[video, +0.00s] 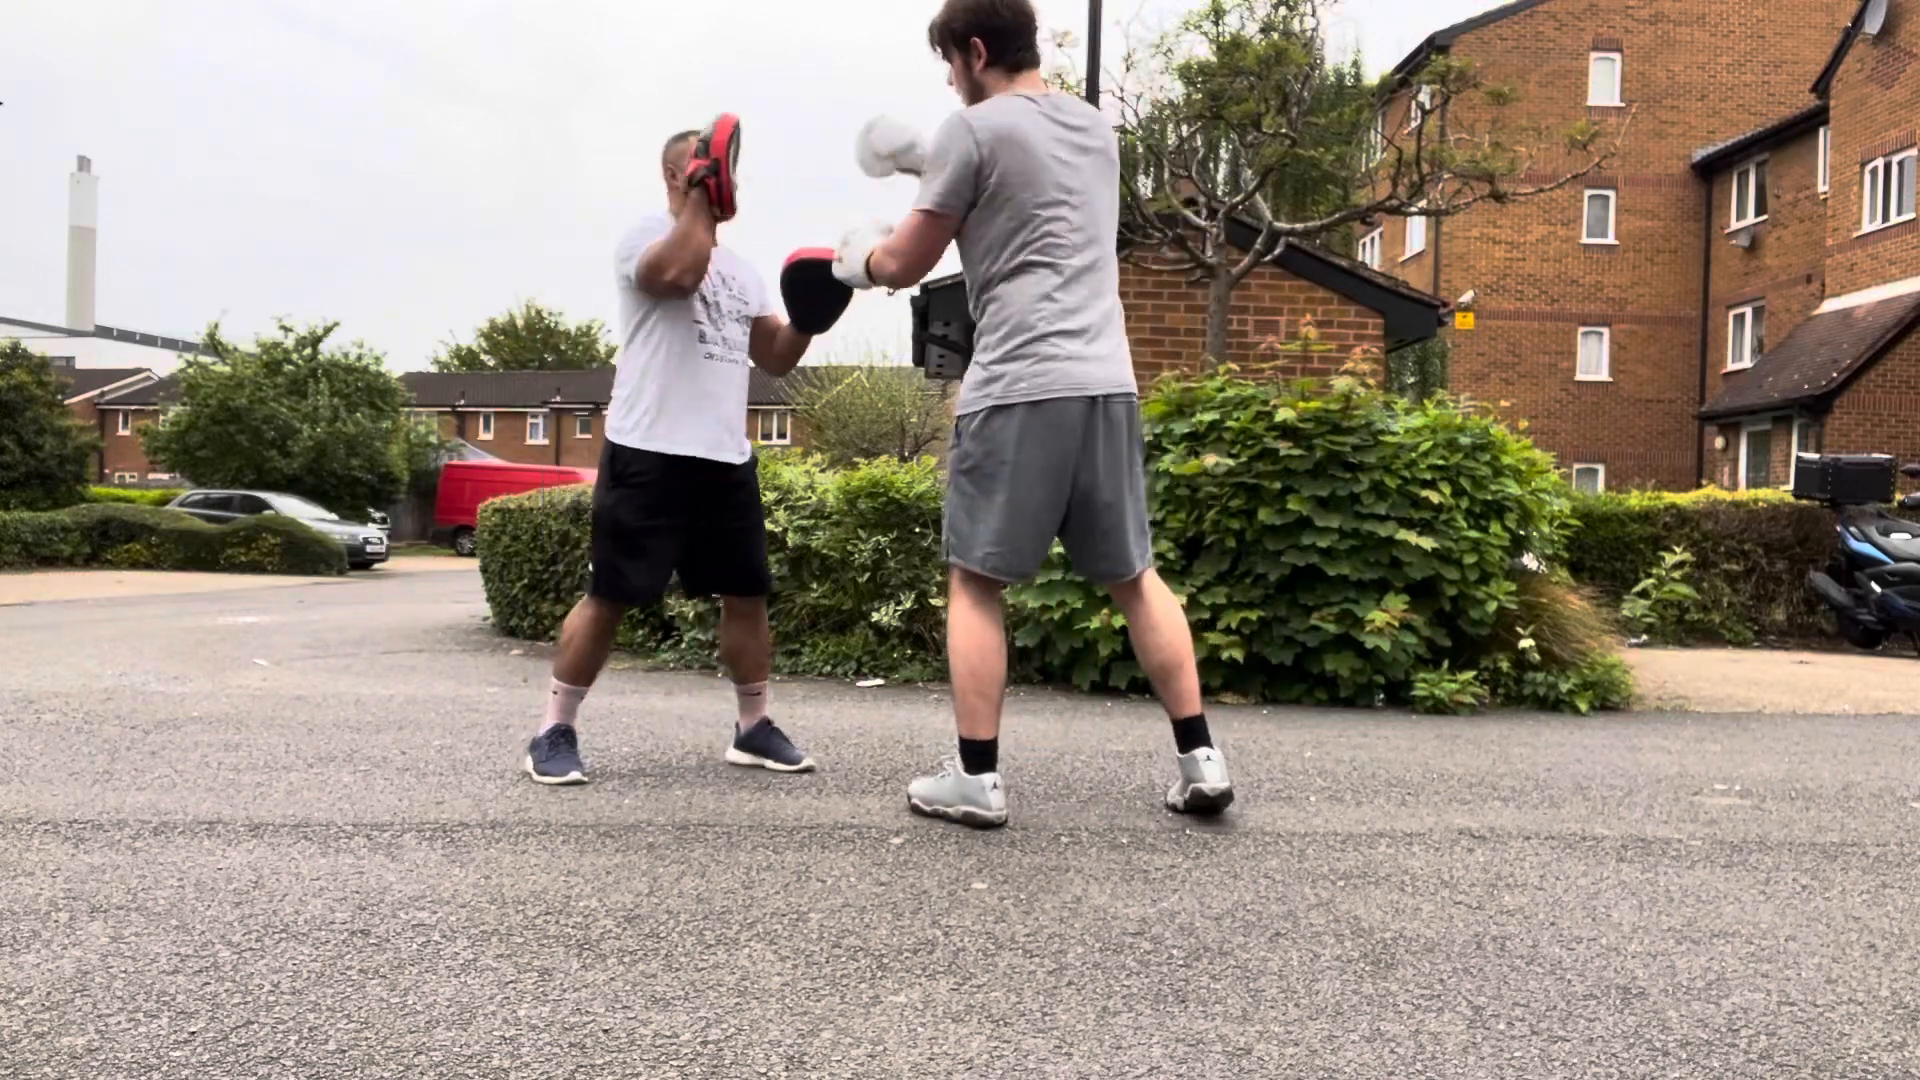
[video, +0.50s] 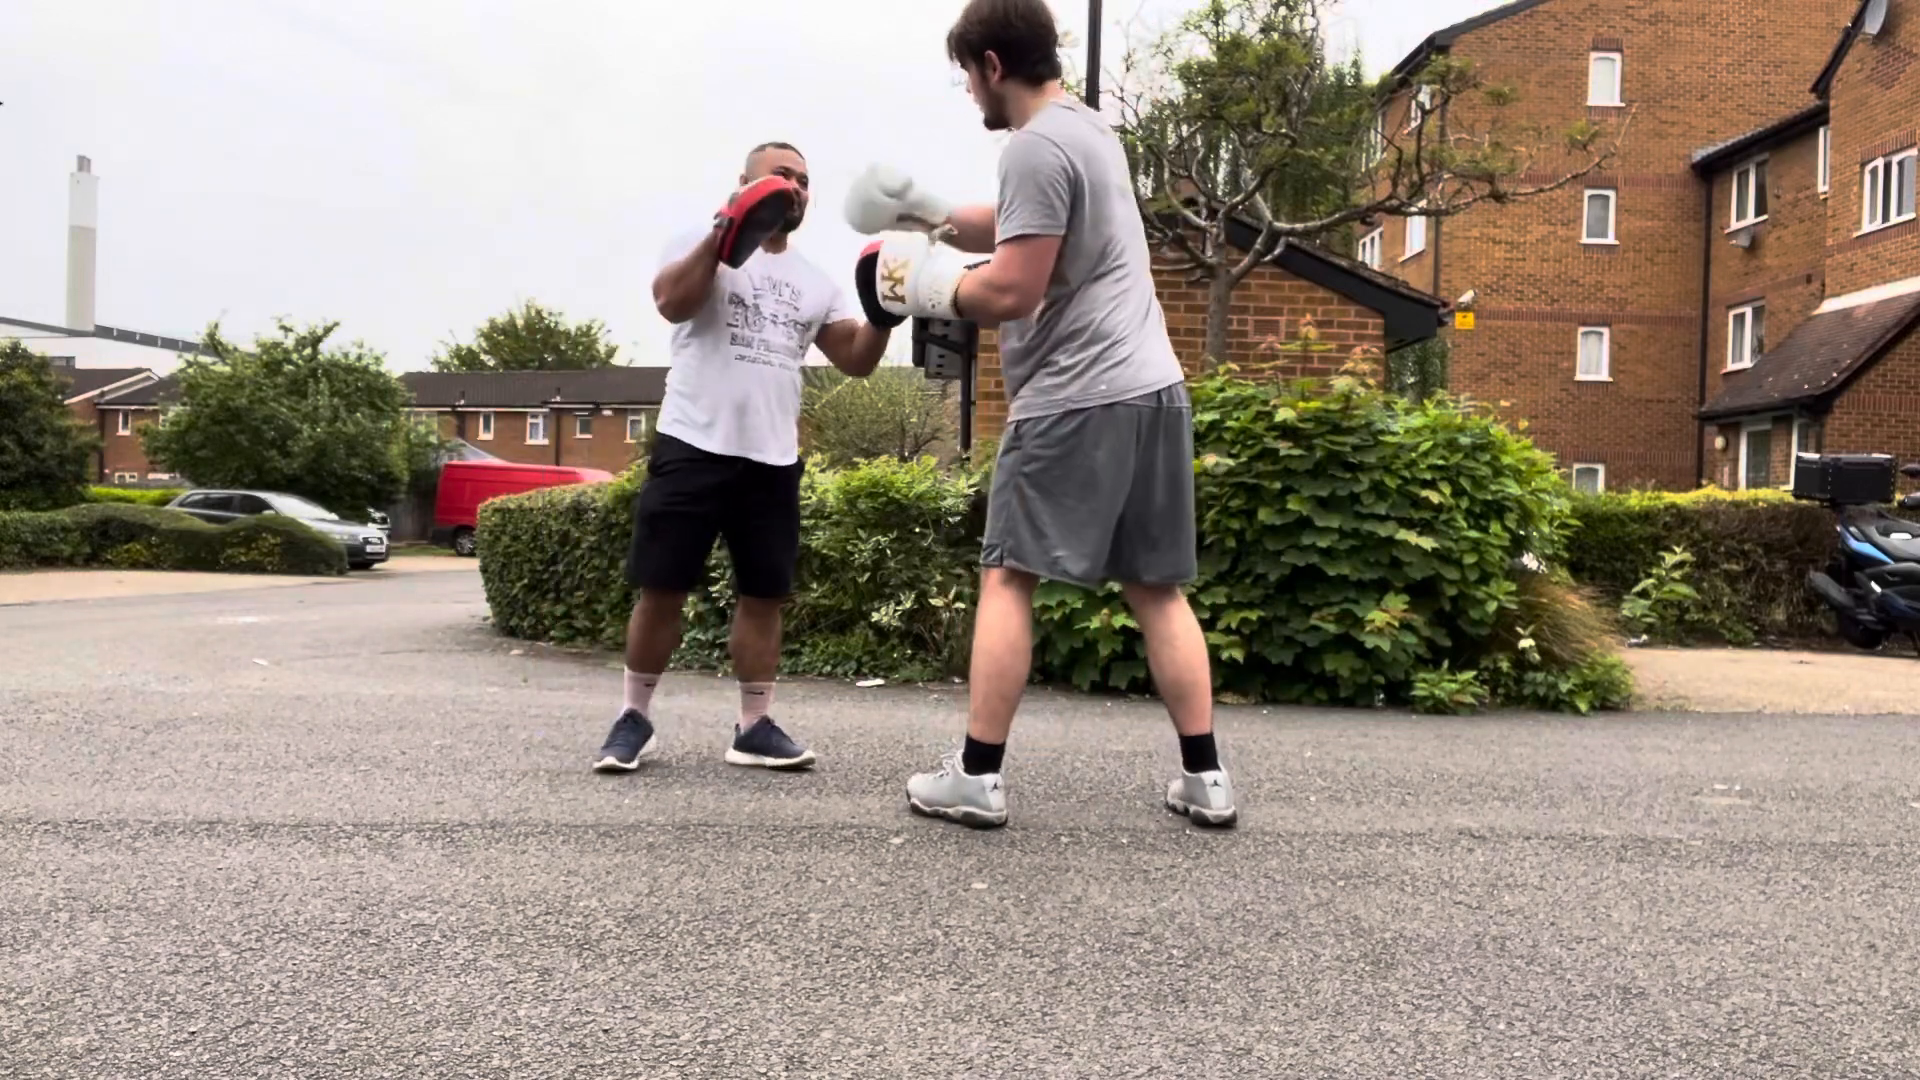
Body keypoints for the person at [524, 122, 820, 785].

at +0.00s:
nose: (708, 174)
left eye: (715, 164)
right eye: (693, 164)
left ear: (728, 178)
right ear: (670, 178)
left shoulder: (742, 271)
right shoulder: (643, 236)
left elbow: (777, 357)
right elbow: (678, 274)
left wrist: (815, 308)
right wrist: (702, 193)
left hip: (726, 456)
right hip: (645, 449)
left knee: (747, 594)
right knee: (609, 594)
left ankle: (754, 726)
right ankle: (555, 729)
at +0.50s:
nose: (794, 188)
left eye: (802, 180)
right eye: (780, 176)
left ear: (809, 198)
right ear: (744, 186)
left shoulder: (814, 280)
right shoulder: (704, 246)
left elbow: (858, 360)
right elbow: (672, 304)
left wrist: (887, 306)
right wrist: (725, 233)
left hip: (771, 454)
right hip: (690, 443)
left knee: (765, 592)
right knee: (661, 586)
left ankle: (755, 724)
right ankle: (634, 717)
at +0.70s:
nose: (775, 182)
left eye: (782, 176)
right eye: (761, 170)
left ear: (788, 194)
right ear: (726, 180)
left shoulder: (808, 257)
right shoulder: (686, 251)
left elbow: (885, 268)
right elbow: (659, 319)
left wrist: (923, 217)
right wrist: (710, 252)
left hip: (772, 454)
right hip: (691, 448)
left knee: (769, 592)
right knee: (674, 590)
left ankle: (755, 725)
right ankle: (661, 714)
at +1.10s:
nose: (743, 187)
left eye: (750, 178)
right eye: (727, 177)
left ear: (760, 195)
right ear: (693, 191)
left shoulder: (785, 264)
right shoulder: (664, 262)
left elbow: (840, 341)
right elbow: (628, 322)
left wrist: (857, 291)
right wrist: (669, 247)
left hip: (773, 455)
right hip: (687, 457)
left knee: (805, 580)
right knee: (675, 595)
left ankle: (810, 717)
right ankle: (666, 721)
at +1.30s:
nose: (782, 194)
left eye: (787, 187)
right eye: (767, 183)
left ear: (793, 204)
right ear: (732, 197)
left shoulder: (806, 275)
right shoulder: (698, 259)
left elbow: (846, 365)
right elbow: (679, 290)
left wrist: (868, 304)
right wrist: (713, 216)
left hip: (784, 461)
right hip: (699, 458)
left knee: (809, 593)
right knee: (682, 599)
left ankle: (830, 727)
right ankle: (665, 721)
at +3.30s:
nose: (763, 190)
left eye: (770, 181)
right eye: (748, 181)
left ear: (778, 195)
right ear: (713, 196)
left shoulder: (799, 266)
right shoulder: (679, 259)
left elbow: (863, 328)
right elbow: (672, 324)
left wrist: (861, 257)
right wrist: (708, 244)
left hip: (785, 461)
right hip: (700, 459)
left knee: (810, 593)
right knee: (684, 600)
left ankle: (829, 727)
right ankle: (665, 722)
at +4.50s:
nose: (812, 187)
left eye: (820, 180)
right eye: (797, 175)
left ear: (828, 199)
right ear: (760, 192)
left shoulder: (851, 269)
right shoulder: (727, 264)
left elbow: (929, 309)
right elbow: (694, 336)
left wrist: (944, 245)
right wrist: (751, 275)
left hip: (823, 469)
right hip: (735, 466)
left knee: (847, 591)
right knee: (702, 602)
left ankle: (847, 731)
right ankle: (666, 721)